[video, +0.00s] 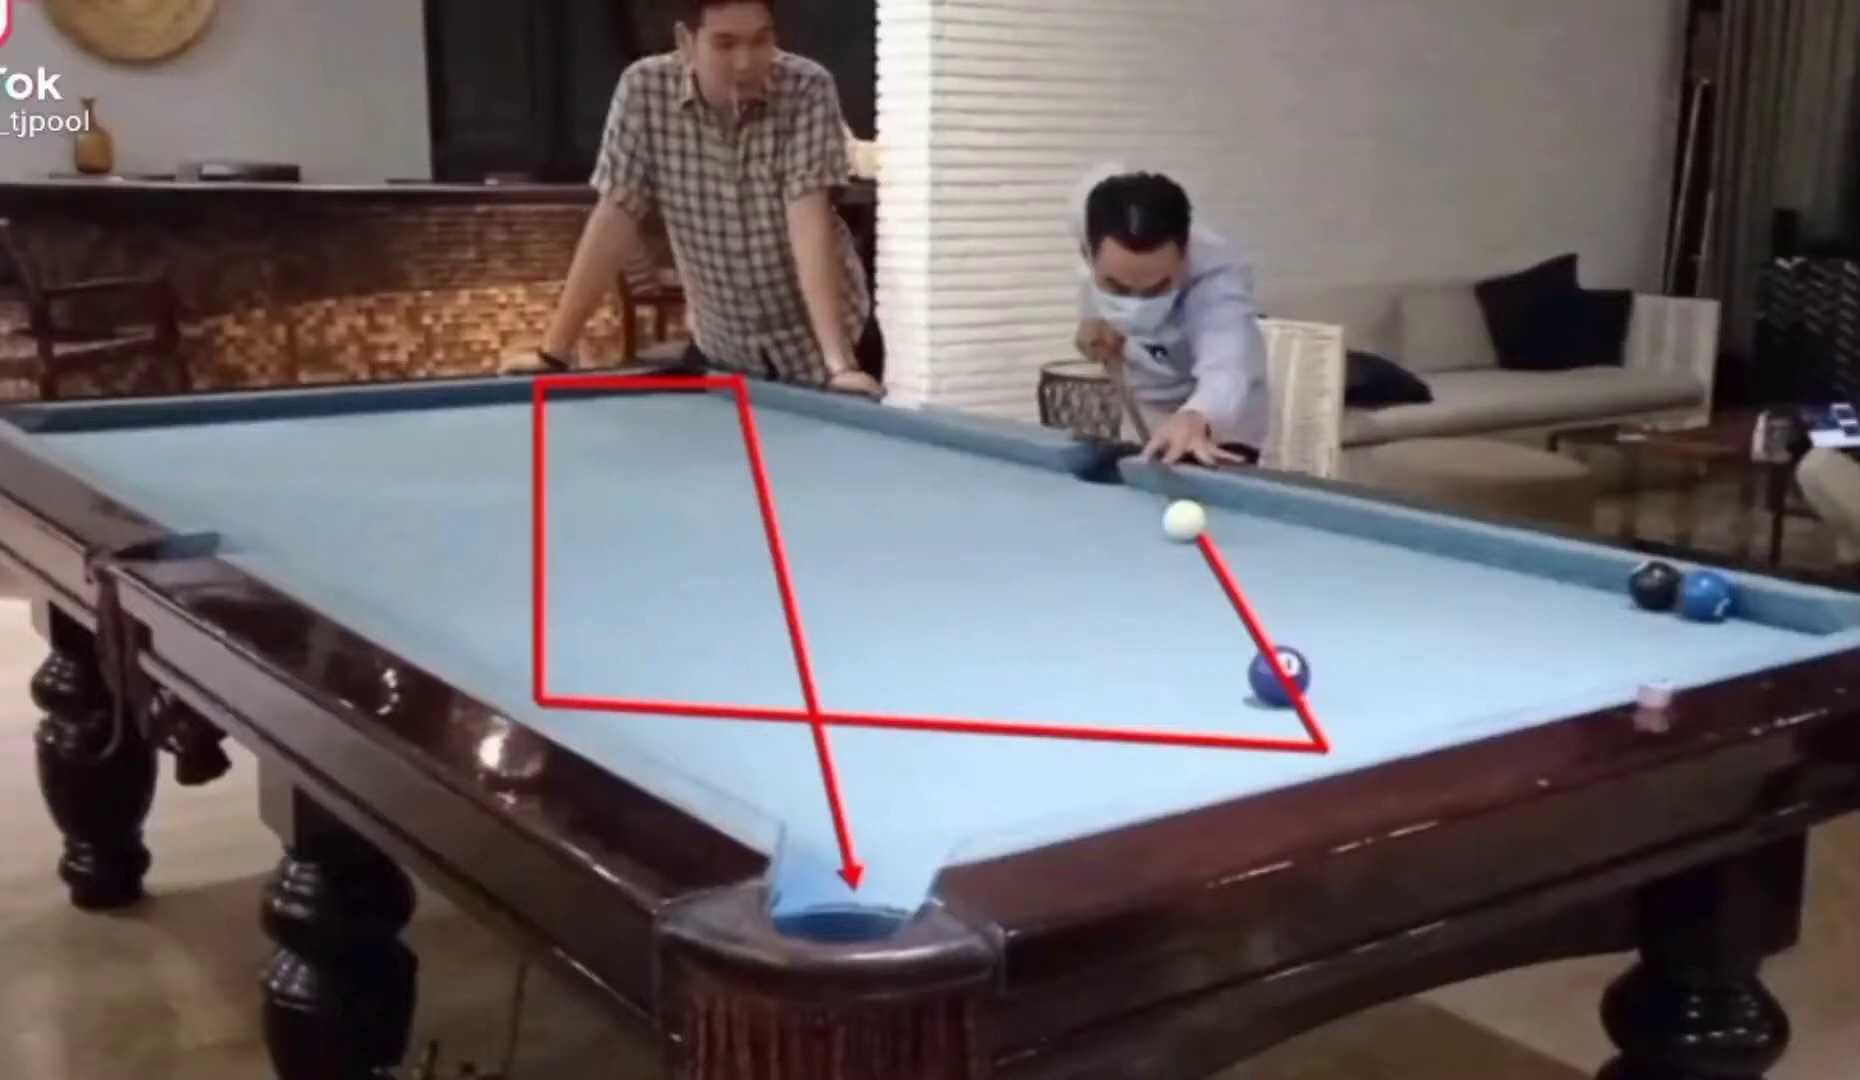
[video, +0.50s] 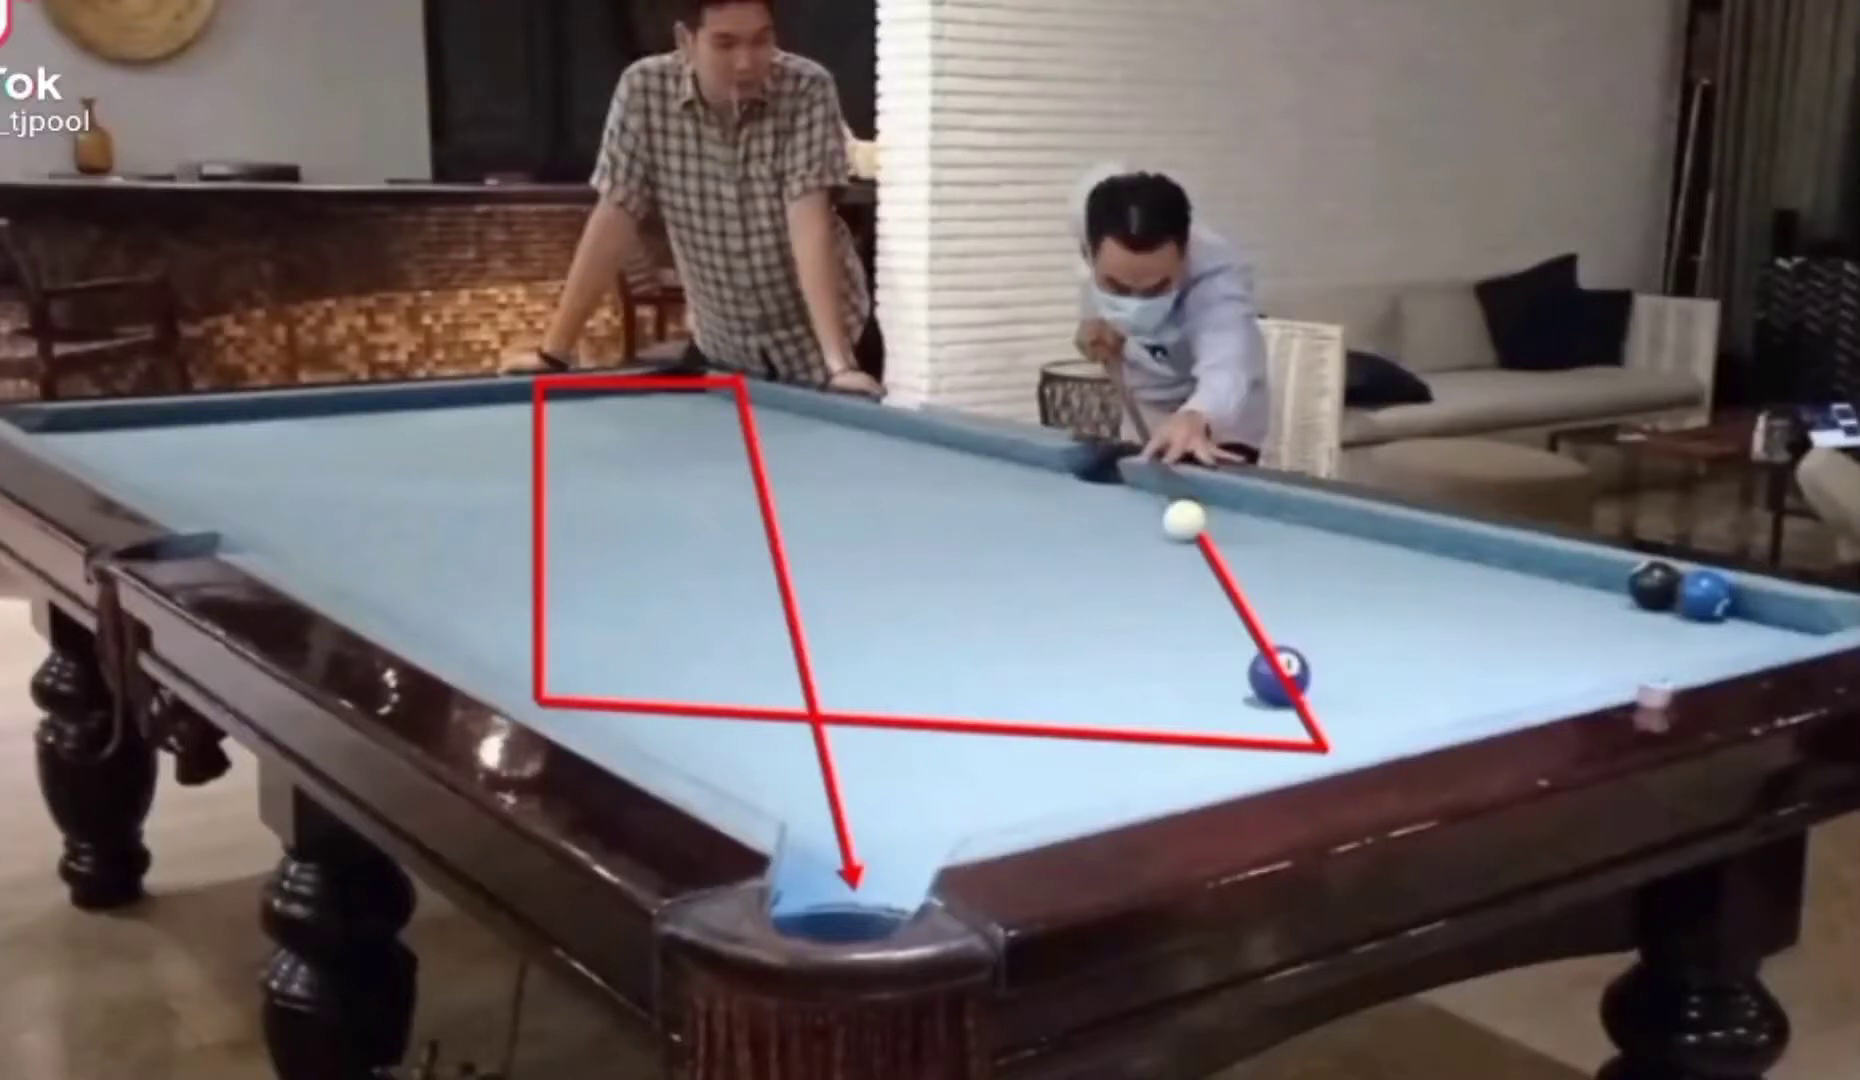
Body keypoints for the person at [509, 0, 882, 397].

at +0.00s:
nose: (746, 63)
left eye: (759, 41)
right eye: (725, 44)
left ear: (774, 36)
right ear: (686, 43)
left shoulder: (806, 89)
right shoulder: (644, 90)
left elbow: (810, 222)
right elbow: (614, 216)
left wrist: (839, 364)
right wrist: (554, 353)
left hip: (824, 349)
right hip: (723, 349)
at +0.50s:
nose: (746, 63)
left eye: (758, 41)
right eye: (726, 44)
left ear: (774, 35)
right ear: (686, 43)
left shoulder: (806, 88)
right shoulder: (644, 90)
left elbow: (810, 220)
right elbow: (614, 215)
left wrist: (839, 365)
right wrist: (553, 353)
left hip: (825, 350)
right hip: (723, 350)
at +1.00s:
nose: (746, 63)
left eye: (758, 41)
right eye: (725, 45)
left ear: (773, 36)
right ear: (686, 43)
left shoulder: (806, 88)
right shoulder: (644, 90)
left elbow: (810, 220)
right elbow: (614, 215)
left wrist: (839, 365)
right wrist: (553, 353)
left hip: (826, 351)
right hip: (723, 351)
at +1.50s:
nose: (740, 62)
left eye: (755, 41)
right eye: (720, 44)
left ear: (771, 36)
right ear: (684, 44)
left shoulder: (806, 90)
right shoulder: (647, 91)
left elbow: (809, 216)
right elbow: (616, 213)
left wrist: (838, 363)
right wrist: (553, 351)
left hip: (824, 343)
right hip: (725, 345)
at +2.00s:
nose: (746, 65)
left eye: (760, 42)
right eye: (724, 47)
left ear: (775, 36)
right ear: (687, 46)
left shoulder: (810, 89)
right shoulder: (650, 92)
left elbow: (811, 212)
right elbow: (618, 214)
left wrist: (838, 363)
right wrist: (553, 351)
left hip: (832, 343)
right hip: (728, 345)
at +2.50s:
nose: (750, 55)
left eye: (764, 34)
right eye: (728, 37)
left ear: (780, 32)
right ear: (692, 40)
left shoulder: (814, 89)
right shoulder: (650, 91)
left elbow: (814, 214)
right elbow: (618, 215)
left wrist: (838, 362)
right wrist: (552, 353)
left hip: (830, 346)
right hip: (726, 349)